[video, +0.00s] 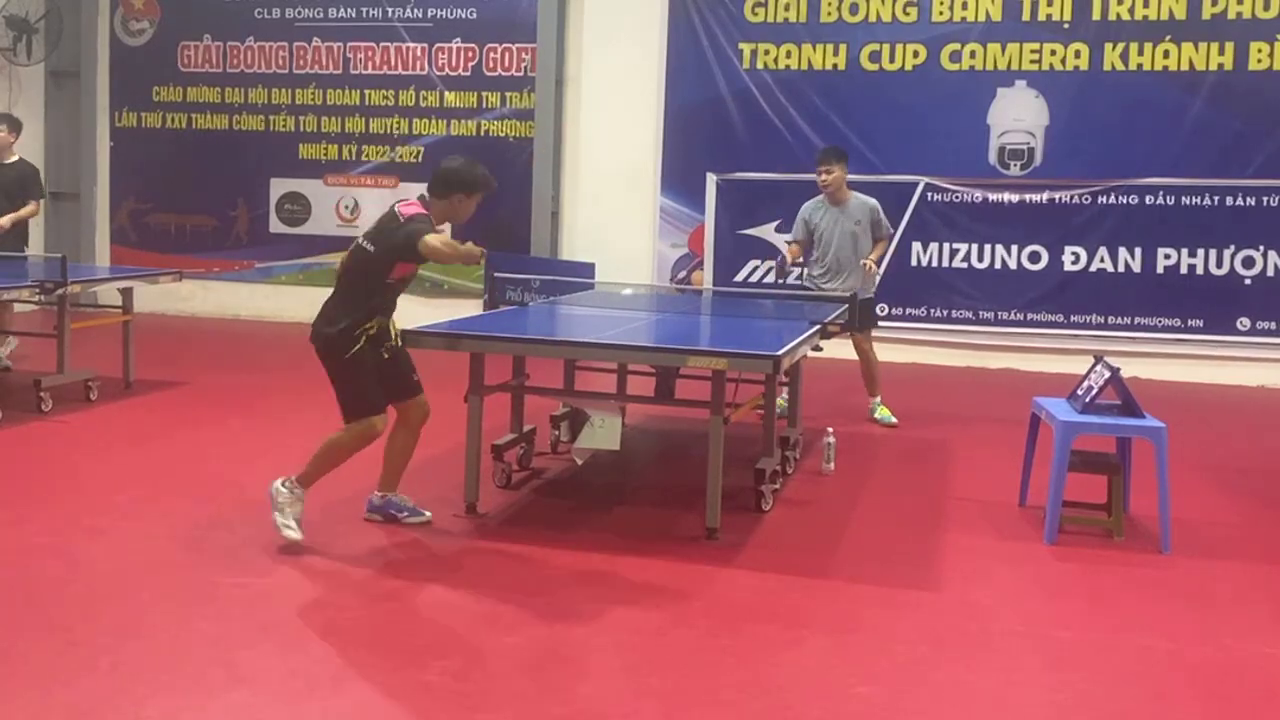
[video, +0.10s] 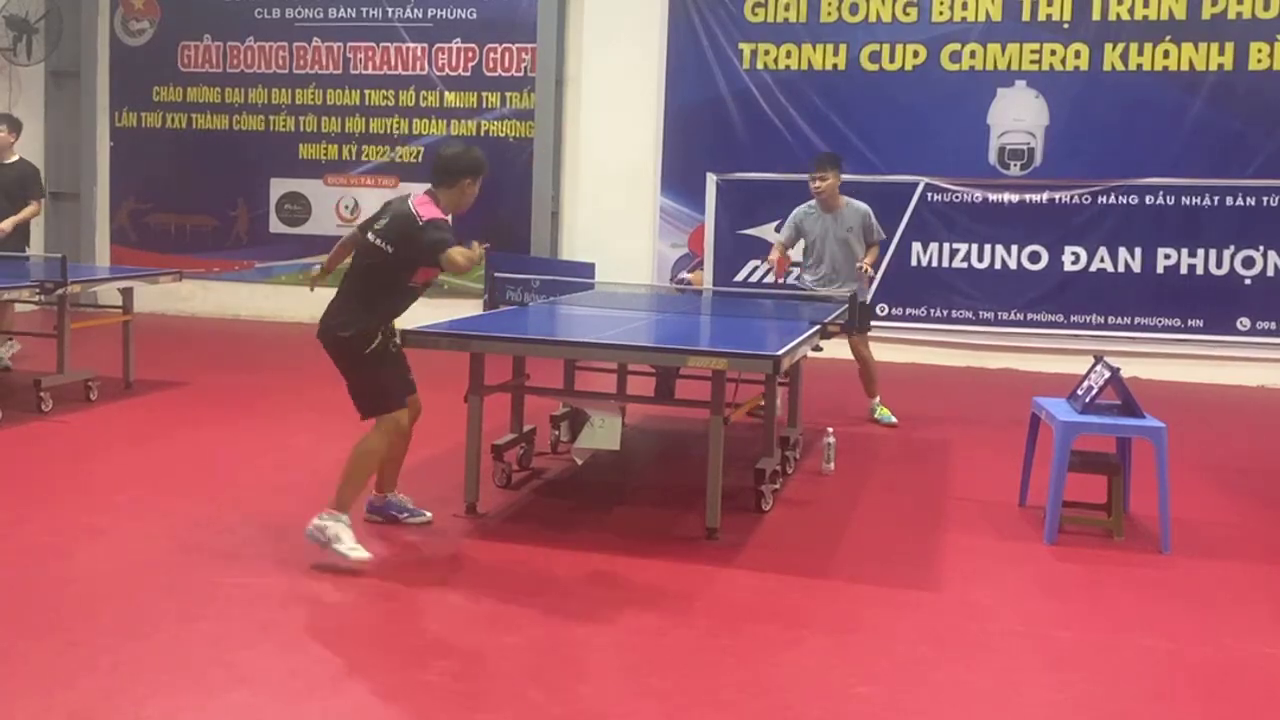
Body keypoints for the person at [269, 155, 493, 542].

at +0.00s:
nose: (473, 211)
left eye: (476, 203)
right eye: (473, 202)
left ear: (443, 193)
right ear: (456, 198)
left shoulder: (408, 209)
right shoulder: (418, 222)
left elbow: (349, 261)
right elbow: (433, 247)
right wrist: (463, 253)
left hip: (376, 325)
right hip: (343, 332)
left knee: (415, 411)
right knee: (368, 425)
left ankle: (385, 497)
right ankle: (291, 489)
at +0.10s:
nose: (477, 193)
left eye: (478, 185)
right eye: (476, 185)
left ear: (441, 179)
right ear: (460, 185)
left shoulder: (407, 201)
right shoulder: (433, 223)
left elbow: (356, 235)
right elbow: (455, 263)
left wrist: (326, 268)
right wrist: (474, 254)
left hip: (369, 324)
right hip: (354, 330)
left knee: (410, 409)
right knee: (393, 419)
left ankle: (383, 498)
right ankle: (333, 517)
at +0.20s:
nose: (474, 193)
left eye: (474, 184)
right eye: (474, 184)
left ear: (435, 177)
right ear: (463, 184)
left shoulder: (394, 208)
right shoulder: (442, 231)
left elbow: (339, 246)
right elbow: (465, 283)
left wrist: (315, 275)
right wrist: (473, 268)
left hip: (346, 336)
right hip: (371, 342)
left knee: (400, 427)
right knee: (411, 433)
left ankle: (385, 504)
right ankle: (390, 543)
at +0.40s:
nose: (470, 191)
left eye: (470, 183)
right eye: (469, 183)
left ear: (425, 179)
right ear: (457, 183)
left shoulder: (380, 213)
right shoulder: (442, 238)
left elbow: (325, 257)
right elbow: (447, 311)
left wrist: (338, 291)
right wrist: (458, 313)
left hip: (337, 342)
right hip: (381, 354)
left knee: (366, 412)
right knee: (423, 449)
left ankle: (352, 495)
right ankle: (399, 560)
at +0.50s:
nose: (461, 193)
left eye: (461, 185)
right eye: (461, 185)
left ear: (418, 180)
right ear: (449, 186)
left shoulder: (377, 214)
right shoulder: (429, 239)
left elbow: (328, 262)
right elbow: (417, 312)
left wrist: (369, 289)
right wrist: (458, 323)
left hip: (331, 342)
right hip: (375, 356)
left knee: (349, 416)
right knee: (419, 453)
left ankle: (288, 492)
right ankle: (393, 564)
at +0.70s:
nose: (445, 203)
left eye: (446, 194)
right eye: (443, 194)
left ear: (406, 192)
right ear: (429, 197)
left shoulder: (376, 219)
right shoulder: (388, 248)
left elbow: (367, 272)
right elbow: (357, 322)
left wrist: (417, 281)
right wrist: (406, 361)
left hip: (299, 333)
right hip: (330, 344)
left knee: (315, 406)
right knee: (386, 434)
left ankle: (243, 479)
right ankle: (380, 541)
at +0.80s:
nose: (428, 223)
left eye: (429, 215)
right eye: (426, 214)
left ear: (396, 212)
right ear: (405, 214)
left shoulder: (380, 246)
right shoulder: (350, 265)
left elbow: (393, 295)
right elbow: (300, 323)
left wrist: (445, 292)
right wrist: (338, 377)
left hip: (315, 348)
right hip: (302, 353)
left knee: (301, 418)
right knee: (380, 425)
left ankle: (230, 474)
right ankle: (336, 530)